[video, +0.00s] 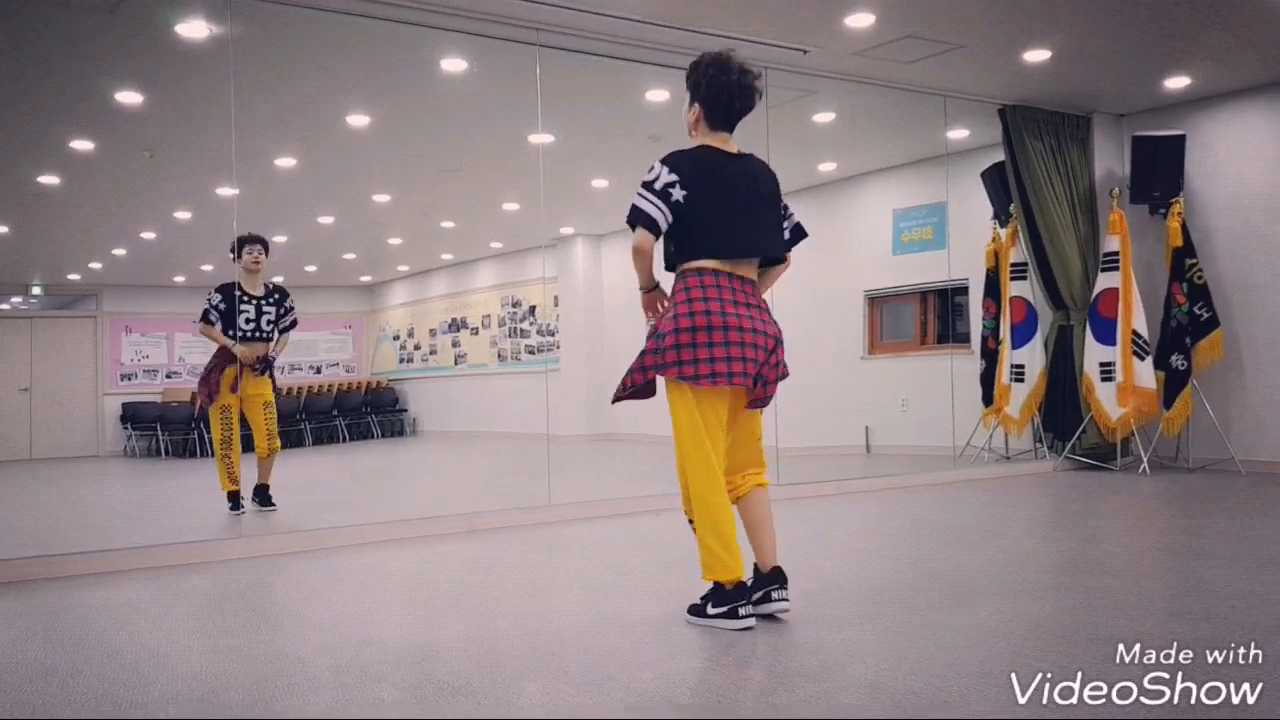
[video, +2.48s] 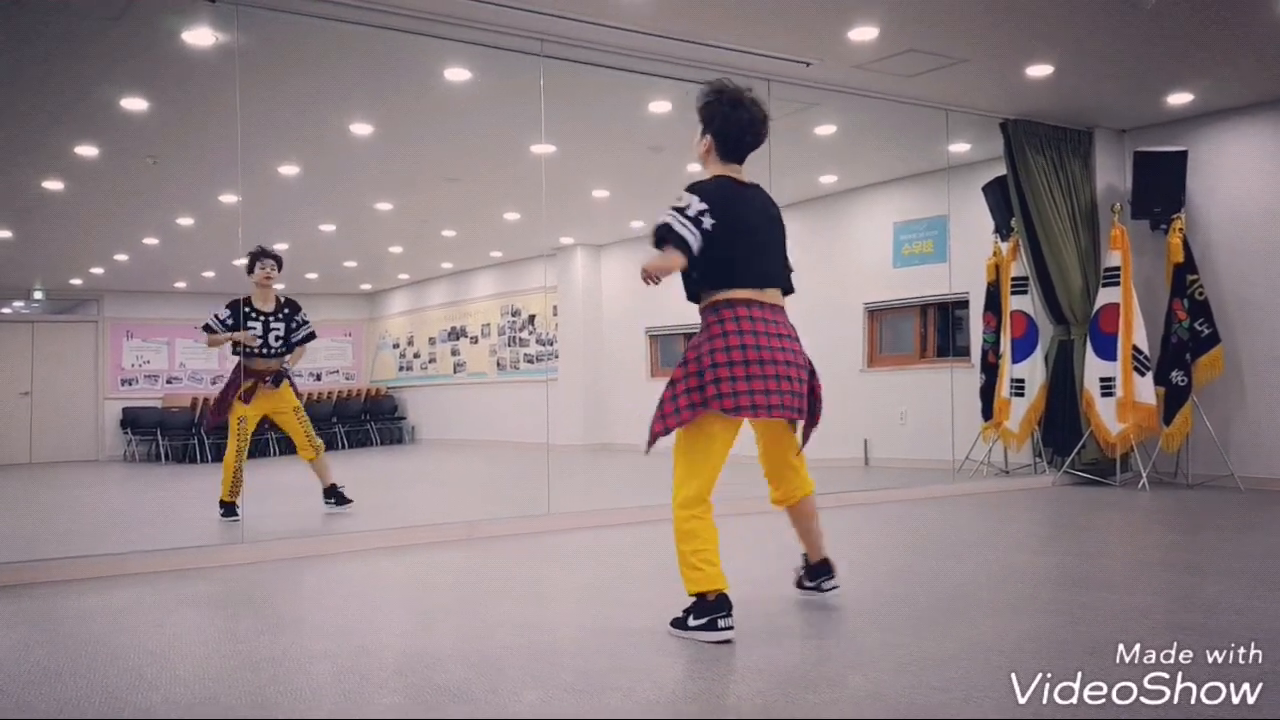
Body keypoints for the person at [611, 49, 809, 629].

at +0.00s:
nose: (684, 114)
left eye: (686, 105)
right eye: (689, 105)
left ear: (694, 111)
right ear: (740, 115)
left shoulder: (676, 166)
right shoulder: (762, 174)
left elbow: (642, 236)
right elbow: (788, 244)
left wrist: (647, 287)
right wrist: (751, 295)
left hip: (696, 309)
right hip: (751, 312)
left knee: (701, 459)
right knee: (744, 457)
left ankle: (726, 587)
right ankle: (770, 576)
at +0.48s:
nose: (681, 118)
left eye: (682, 110)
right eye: (685, 110)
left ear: (689, 117)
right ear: (739, 122)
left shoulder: (669, 176)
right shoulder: (761, 179)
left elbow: (661, 257)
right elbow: (800, 257)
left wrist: (671, 332)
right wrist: (757, 299)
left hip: (713, 327)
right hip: (775, 323)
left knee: (690, 477)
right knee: (769, 474)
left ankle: (716, 578)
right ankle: (771, 589)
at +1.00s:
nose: (741, 121)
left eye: (688, 116)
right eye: (741, 114)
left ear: (684, 120)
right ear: (740, 119)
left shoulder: (665, 176)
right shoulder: (765, 181)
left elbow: (643, 262)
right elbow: (784, 265)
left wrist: (634, 331)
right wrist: (750, 318)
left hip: (680, 325)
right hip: (746, 327)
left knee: (690, 470)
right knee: (755, 454)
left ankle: (717, 595)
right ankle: (762, 575)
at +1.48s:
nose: (691, 132)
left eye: (693, 124)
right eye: (693, 123)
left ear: (702, 130)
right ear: (749, 132)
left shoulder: (697, 188)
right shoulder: (769, 190)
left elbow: (690, 280)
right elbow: (800, 269)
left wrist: (668, 355)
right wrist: (770, 328)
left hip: (724, 340)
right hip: (775, 342)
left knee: (681, 486)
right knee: (754, 485)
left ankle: (719, 588)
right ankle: (771, 593)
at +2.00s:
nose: (688, 127)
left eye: (690, 118)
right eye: (692, 119)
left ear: (698, 122)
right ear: (746, 126)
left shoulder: (669, 178)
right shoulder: (768, 186)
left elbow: (654, 256)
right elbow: (792, 275)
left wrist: (655, 332)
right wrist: (770, 330)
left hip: (703, 334)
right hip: (767, 332)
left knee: (702, 480)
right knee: (767, 473)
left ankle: (710, 601)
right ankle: (771, 596)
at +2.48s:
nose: (696, 142)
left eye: (699, 134)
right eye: (699, 134)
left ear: (706, 141)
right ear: (751, 146)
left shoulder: (704, 195)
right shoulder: (767, 203)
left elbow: (674, 257)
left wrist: (654, 266)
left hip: (725, 340)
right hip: (779, 338)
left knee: (692, 487)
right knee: (786, 464)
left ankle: (709, 599)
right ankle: (819, 561)